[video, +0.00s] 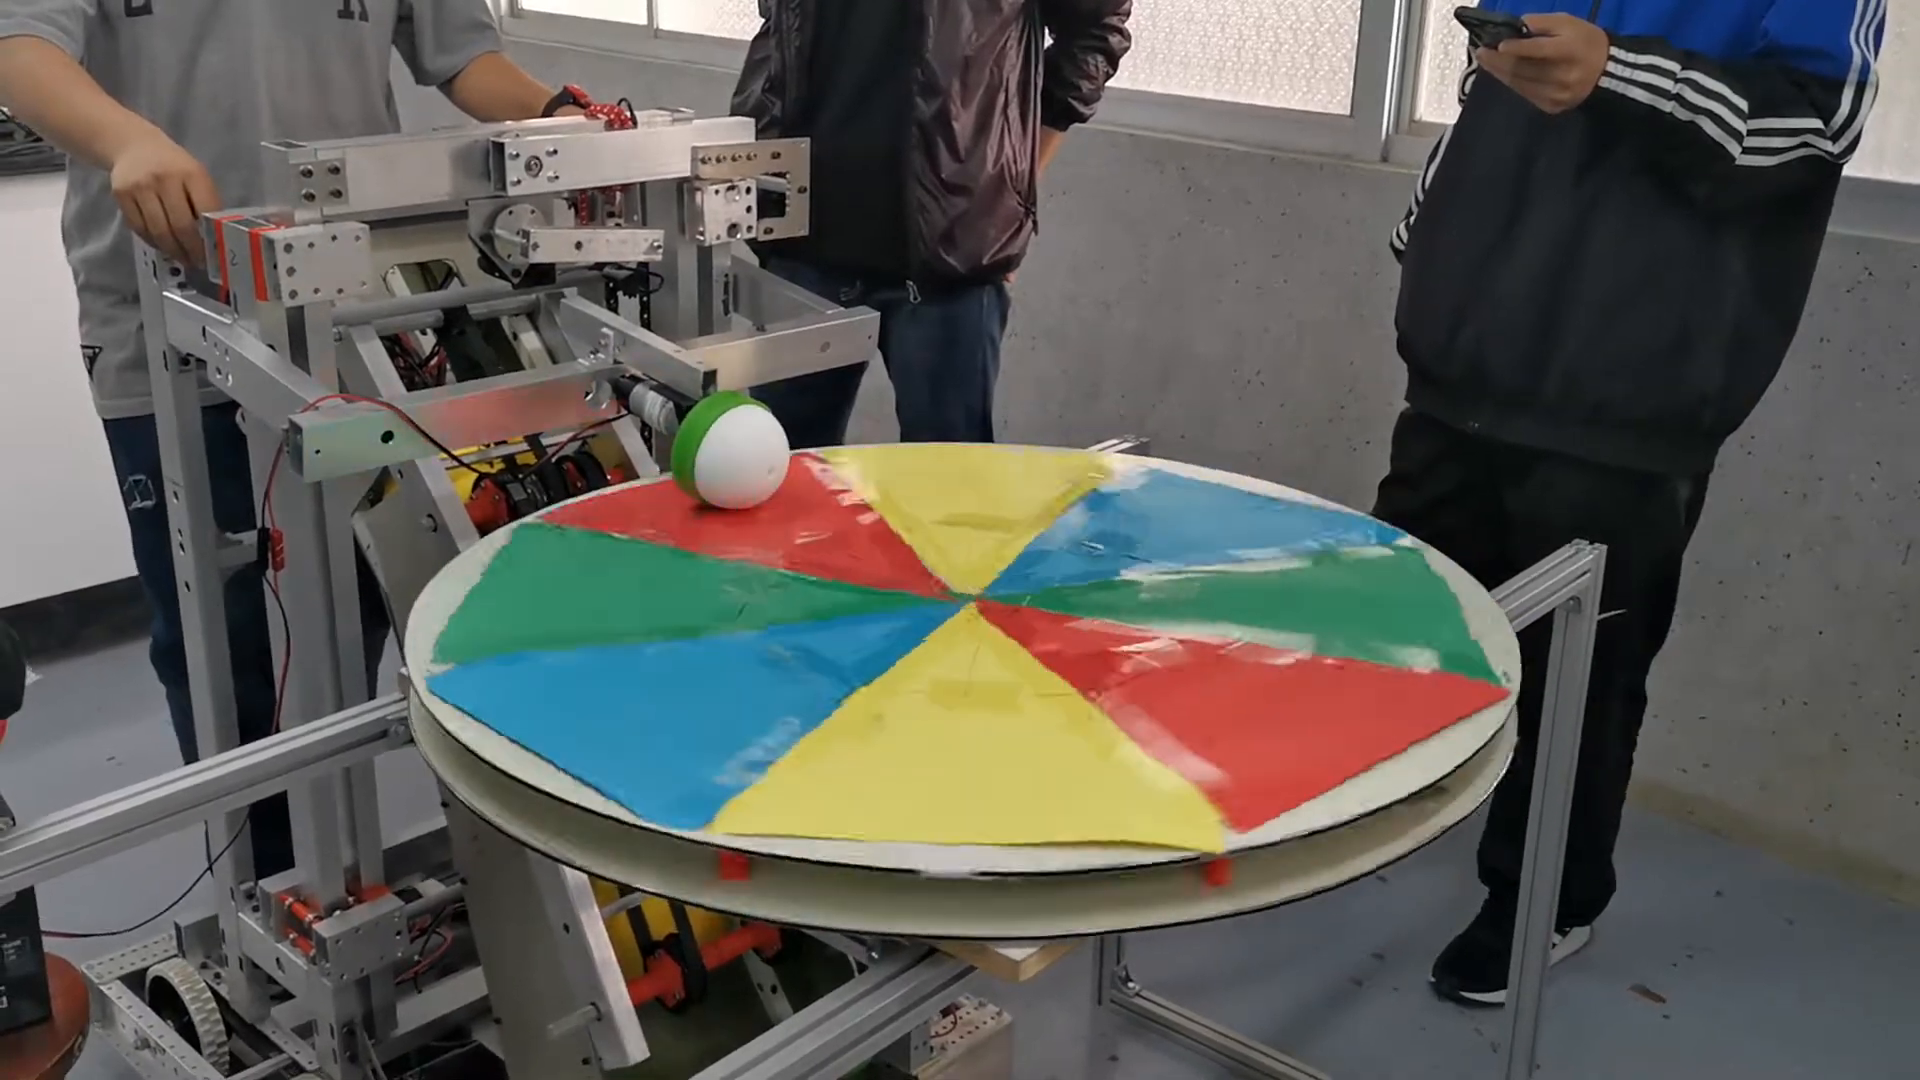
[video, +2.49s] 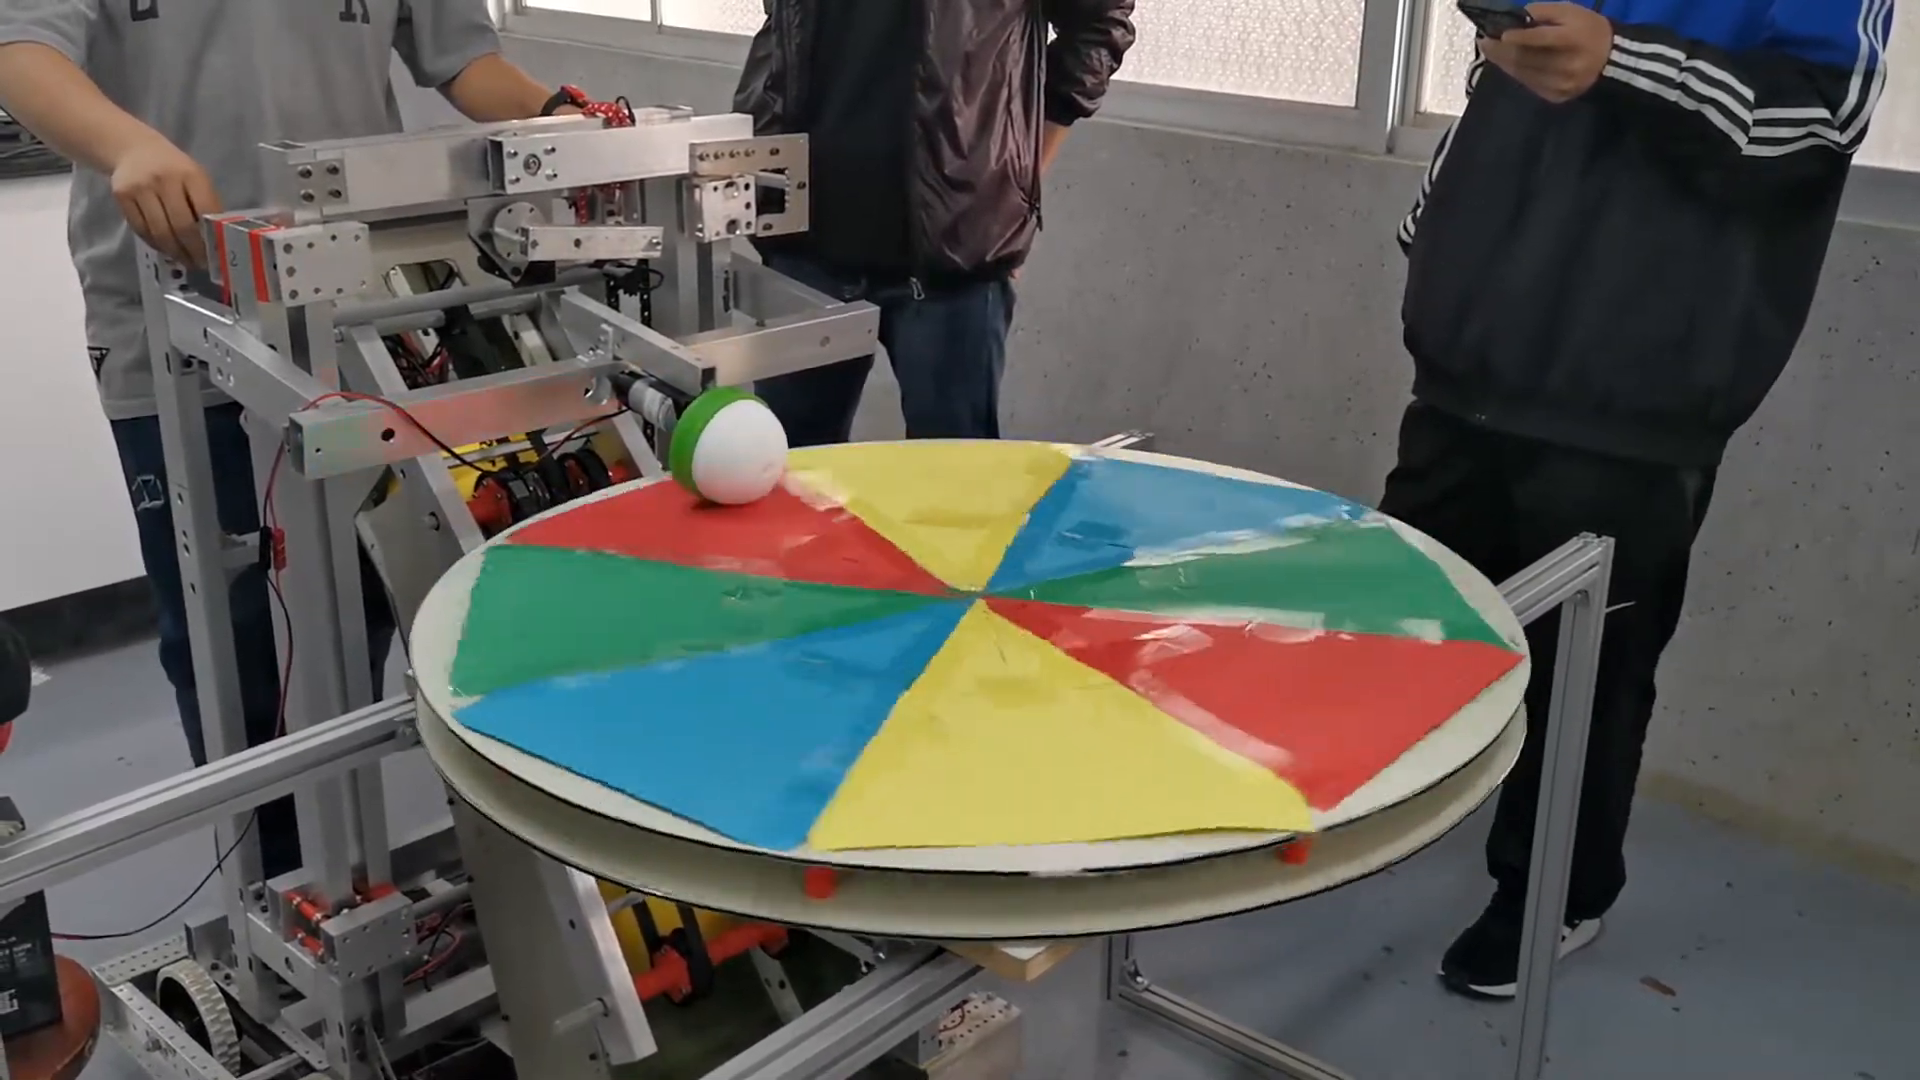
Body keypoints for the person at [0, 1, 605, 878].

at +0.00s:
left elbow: (456, 49)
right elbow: (22, 47)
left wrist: (558, 114)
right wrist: (125, 138)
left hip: (350, 322)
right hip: (167, 329)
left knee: (353, 606)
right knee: (214, 638)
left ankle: (349, 856)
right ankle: (263, 881)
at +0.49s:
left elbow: (457, 49)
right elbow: (22, 46)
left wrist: (554, 109)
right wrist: (124, 137)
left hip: (349, 321)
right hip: (165, 329)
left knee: (353, 606)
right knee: (215, 638)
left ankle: (347, 855)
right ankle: (266, 882)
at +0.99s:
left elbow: (459, 46)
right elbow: (22, 46)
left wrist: (552, 107)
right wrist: (123, 135)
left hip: (350, 317)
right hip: (167, 326)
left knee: (355, 605)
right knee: (217, 638)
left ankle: (349, 855)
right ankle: (268, 883)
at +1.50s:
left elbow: (460, 46)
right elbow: (23, 45)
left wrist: (559, 115)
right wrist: (123, 136)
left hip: (347, 313)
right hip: (167, 323)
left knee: (353, 599)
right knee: (214, 628)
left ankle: (345, 845)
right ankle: (262, 876)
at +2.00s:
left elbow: (454, 49)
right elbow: (20, 48)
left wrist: (555, 118)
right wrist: (121, 143)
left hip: (345, 315)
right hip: (166, 325)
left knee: (352, 602)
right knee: (215, 629)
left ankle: (346, 851)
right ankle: (268, 880)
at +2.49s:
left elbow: (455, 47)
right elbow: (23, 49)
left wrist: (558, 117)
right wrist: (125, 143)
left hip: (349, 315)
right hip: (172, 326)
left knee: (354, 604)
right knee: (221, 633)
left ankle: (351, 855)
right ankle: (275, 882)